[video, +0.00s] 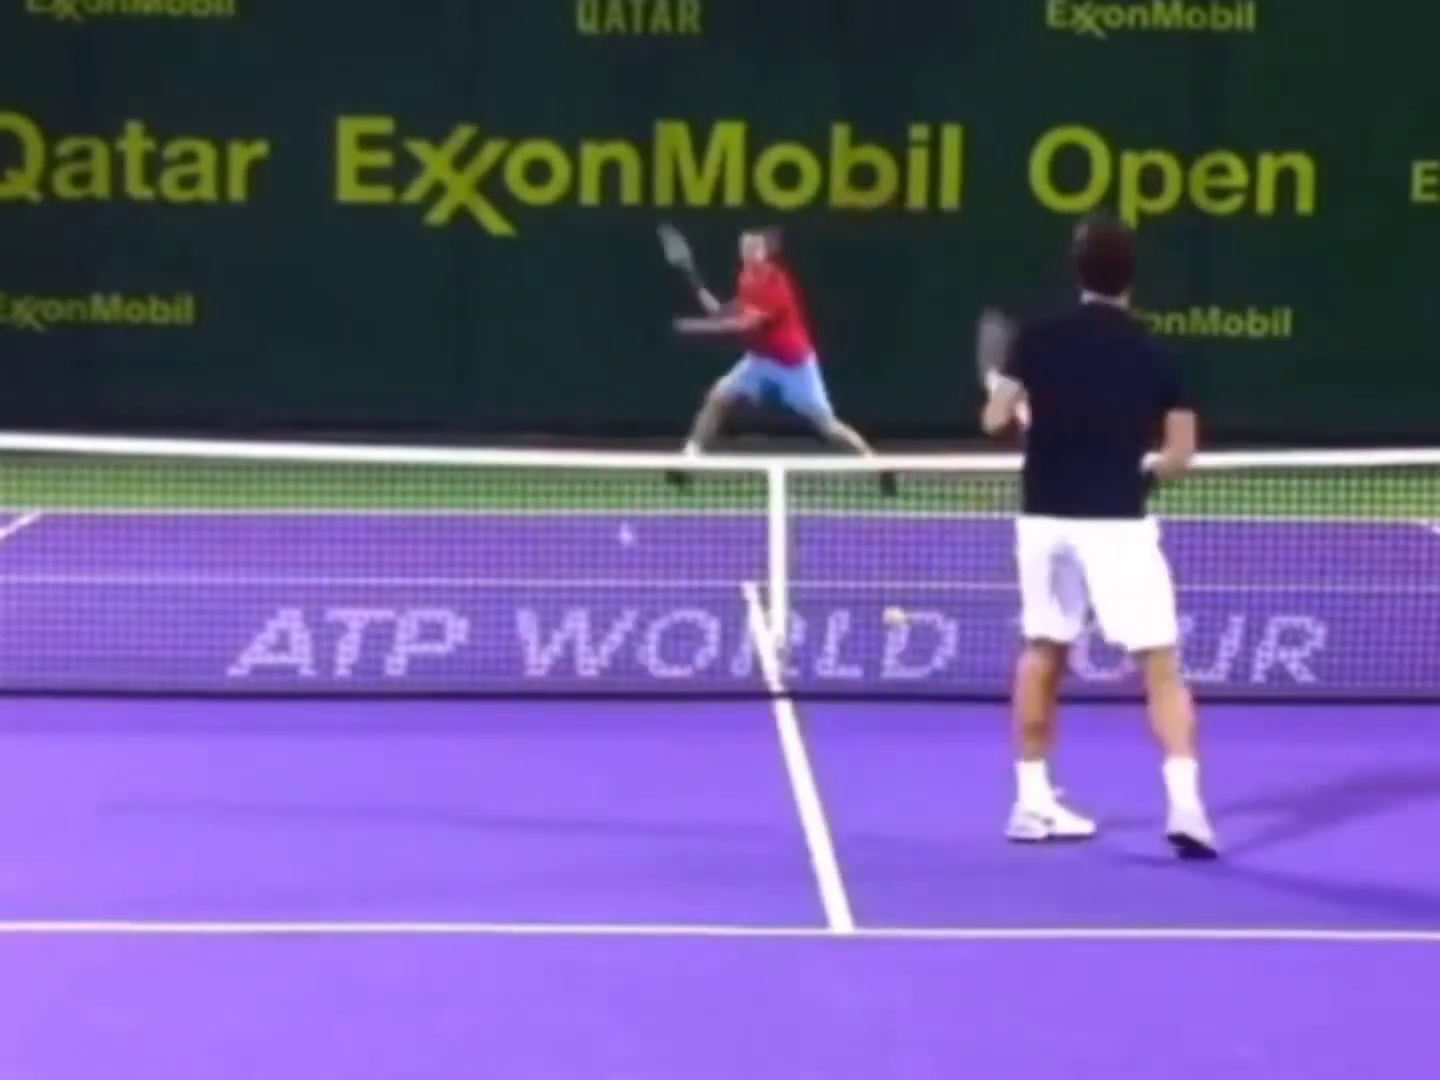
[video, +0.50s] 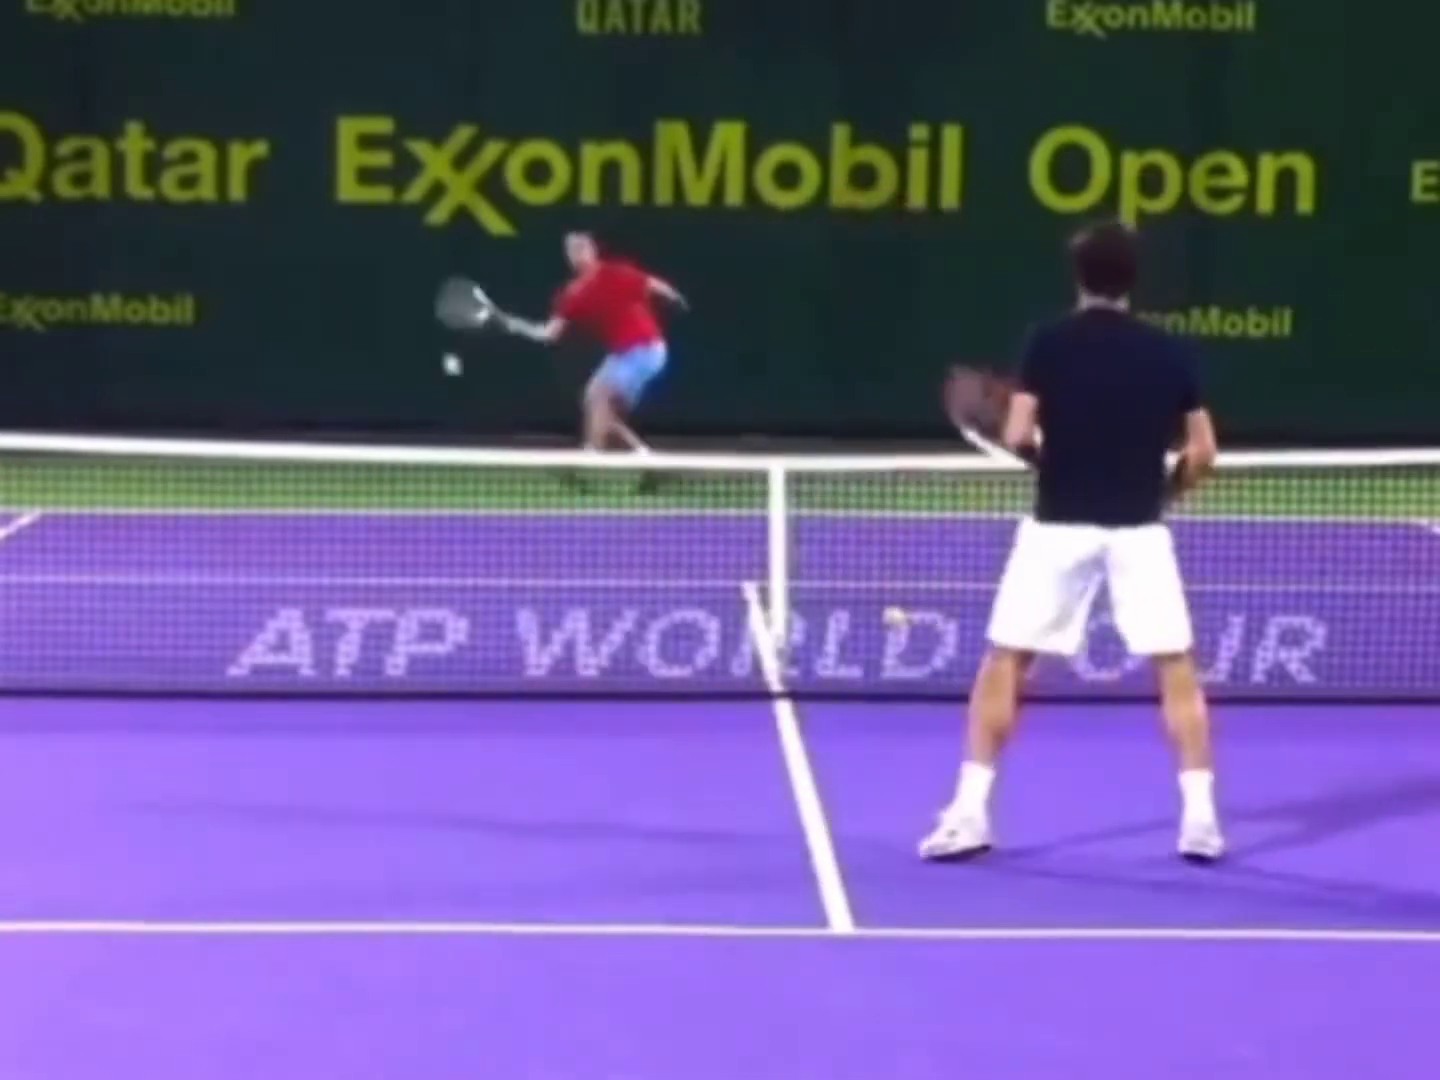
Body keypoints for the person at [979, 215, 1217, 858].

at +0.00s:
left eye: (1092, 266)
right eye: (1121, 268)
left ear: (1075, 275)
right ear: (1132, 277)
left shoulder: (1037, 339)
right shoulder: (1152, 350)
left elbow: (996, 422)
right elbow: (1179, 454)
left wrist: (1023, 414)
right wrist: (1144, 468)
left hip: (1043, 521)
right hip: (1119, 526)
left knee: (1041, 651)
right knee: (1160, 662)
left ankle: (1032, 797)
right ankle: (1185, 800)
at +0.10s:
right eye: (1143, 278)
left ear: (1096, 281)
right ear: (1152, 287)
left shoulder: (1060, 344)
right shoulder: (1173, 358)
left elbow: (1013, 425)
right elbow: (1210, 459)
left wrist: (1046, 457)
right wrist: (1174, 502)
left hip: (1057, 525)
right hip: (1134, 530)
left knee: (1043, 655)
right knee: (1177, 669)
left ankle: (1032, 798)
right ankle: (1199, 806)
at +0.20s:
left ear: (1108, 284)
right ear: (1163, 291)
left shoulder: (1073, 343)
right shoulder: (1186, 360)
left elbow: (1038, 426)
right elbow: (1228, 455)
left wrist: (1069, 452)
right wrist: (1192, 503)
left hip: (1066, 528)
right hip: (1145, 532)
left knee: (1041, 662)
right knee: (1182, 676)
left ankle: (1017, 795)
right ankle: (1198, 812)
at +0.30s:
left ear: (1107, 275)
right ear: (1163, 279)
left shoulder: (1071, 337)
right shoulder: (1188, 350)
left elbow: (1035, 420)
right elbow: (1229, 448)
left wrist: (1075, 446)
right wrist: (1191, 491)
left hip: (1070, 519)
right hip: (1151, 523)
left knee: (1028, 655)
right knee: (1182, 667)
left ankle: (982, 802)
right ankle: (1199, 816)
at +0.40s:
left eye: (1103, 272)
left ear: (1094, 278)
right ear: (1151, 280)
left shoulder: (1063, 341)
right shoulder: (1181, 351)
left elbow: (1022, 428)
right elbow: (1221, 452)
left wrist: (1066, 455)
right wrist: (1182, 496)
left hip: (1069, 526)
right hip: (1152, 530)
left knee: (1015, 659)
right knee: (1186, 675)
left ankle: (970, 802)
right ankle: (1200, 820)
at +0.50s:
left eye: (1082, 274)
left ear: (1077, 279)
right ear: (1134, 281)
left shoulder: (1049, 342)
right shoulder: (1166, 350)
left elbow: (1018, 433)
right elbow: (1202, 452)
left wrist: (1057, 455)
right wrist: (1169, 488)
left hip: (1057, 527)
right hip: (1140, 530)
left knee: (1004, 662)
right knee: (1176, 669)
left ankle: (970, 808)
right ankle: (1199, 813)